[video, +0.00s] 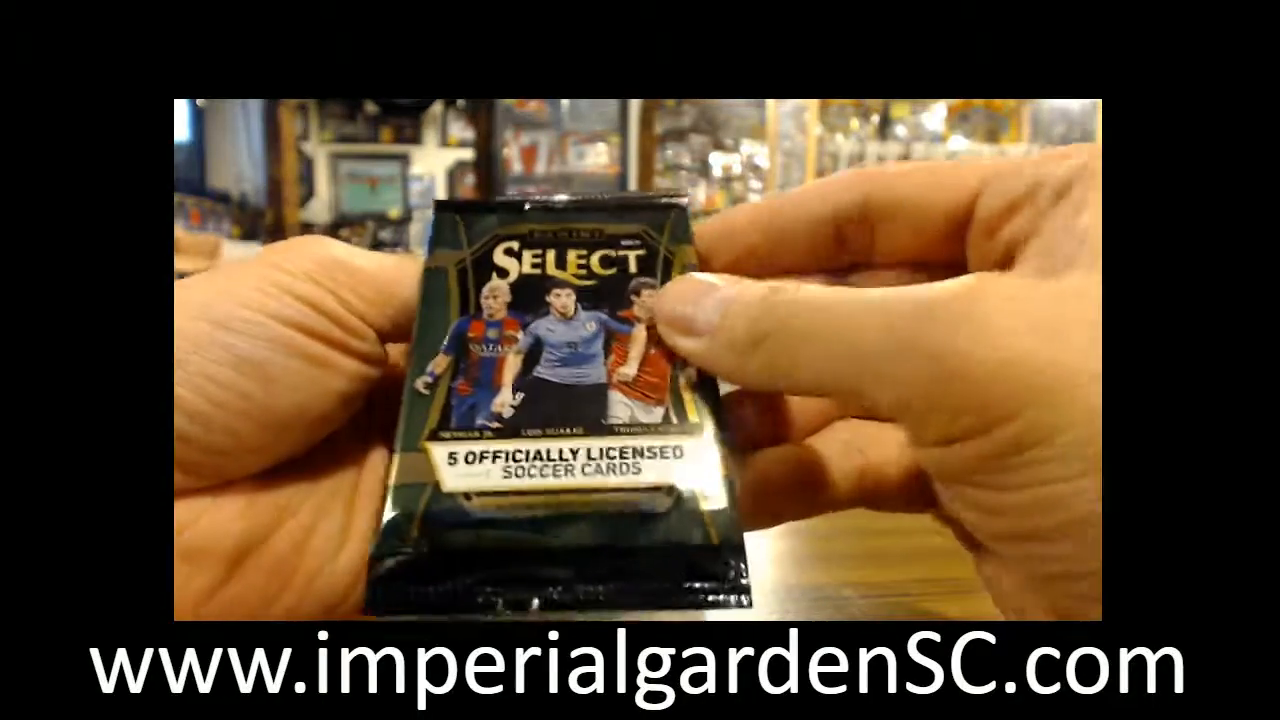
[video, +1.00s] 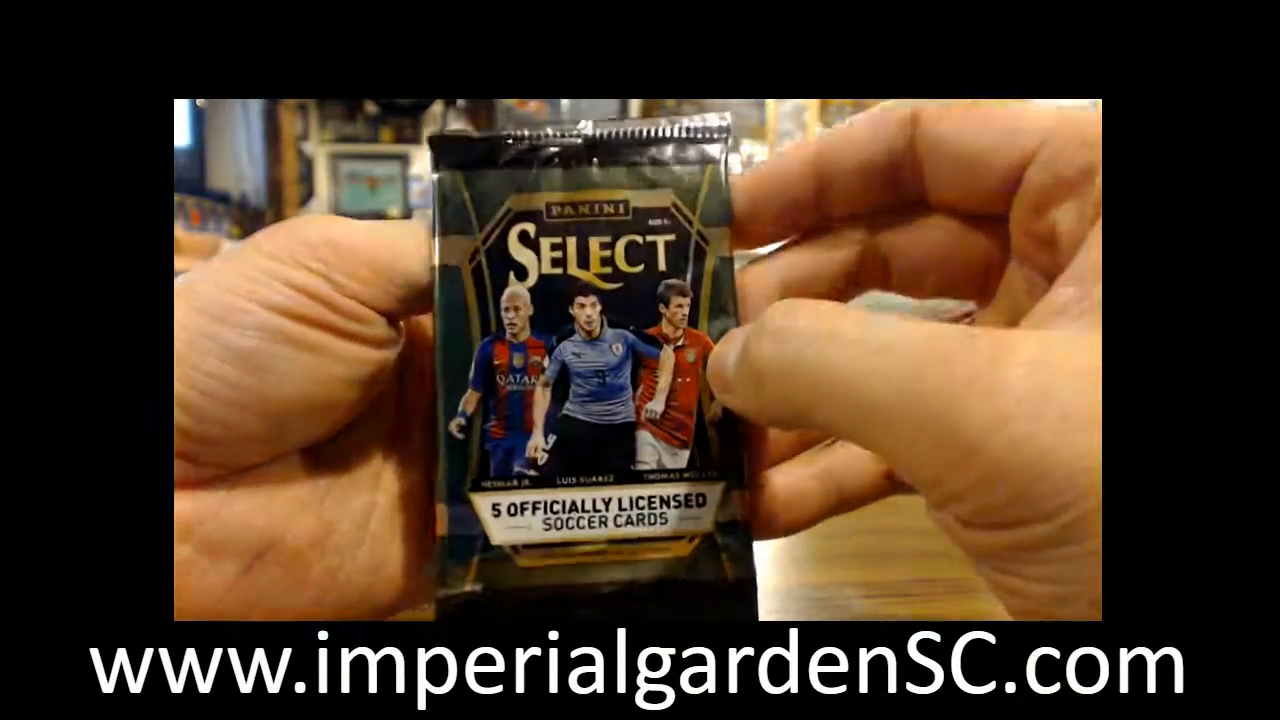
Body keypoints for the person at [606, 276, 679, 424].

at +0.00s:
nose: (653, 302)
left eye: (655, 296)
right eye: (649, 296)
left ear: (660, 298)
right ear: (634, 298)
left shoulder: (667, 324)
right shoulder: (622, 320)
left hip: (654, 398)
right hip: (622, 391)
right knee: (617, 444)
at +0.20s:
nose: (680, 310)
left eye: (682, 305)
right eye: (674, 305)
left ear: (685, 307)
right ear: (659, 306)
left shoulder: (695, 334)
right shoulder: (640, 330)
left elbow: (714, 361)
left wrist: (712, 384)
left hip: (673, 413)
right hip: (640, 405)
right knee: (633, 458)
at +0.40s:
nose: (686, 316)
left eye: (689, 311)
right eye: (681, 311)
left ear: (693, 313)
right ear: (665, 312)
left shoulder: (702, 340)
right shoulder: (646, 336)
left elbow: (725, 364)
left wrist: (720, 391)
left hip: (679, 418)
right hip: (646, 411)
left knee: (674, 472)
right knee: (640, 465)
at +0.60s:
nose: (687, 321)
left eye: (689, 317)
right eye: (681, 316)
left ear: (692, 318)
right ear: (666, 318)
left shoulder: (702, 348)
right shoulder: (646, 341)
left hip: (679, 424)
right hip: (646, 417)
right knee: (639, 471)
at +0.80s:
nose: (686, 315)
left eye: (689, 309)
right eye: (680, 310)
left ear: (692, 310)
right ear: (666, 310)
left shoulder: (702, 343)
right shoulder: (649, 337)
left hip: (679, 420)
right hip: (645, 415)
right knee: (639, 474)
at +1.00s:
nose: (685, 312)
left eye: (687, 306)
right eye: (679, 307)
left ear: (691, 307)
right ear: (662, 308)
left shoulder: (701, 342)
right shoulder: (645, 340)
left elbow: (721, 371)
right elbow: (625, 375)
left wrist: (720, 399)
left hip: (681, 430)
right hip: (648, 425)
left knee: (673, 491)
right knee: (645, 488)